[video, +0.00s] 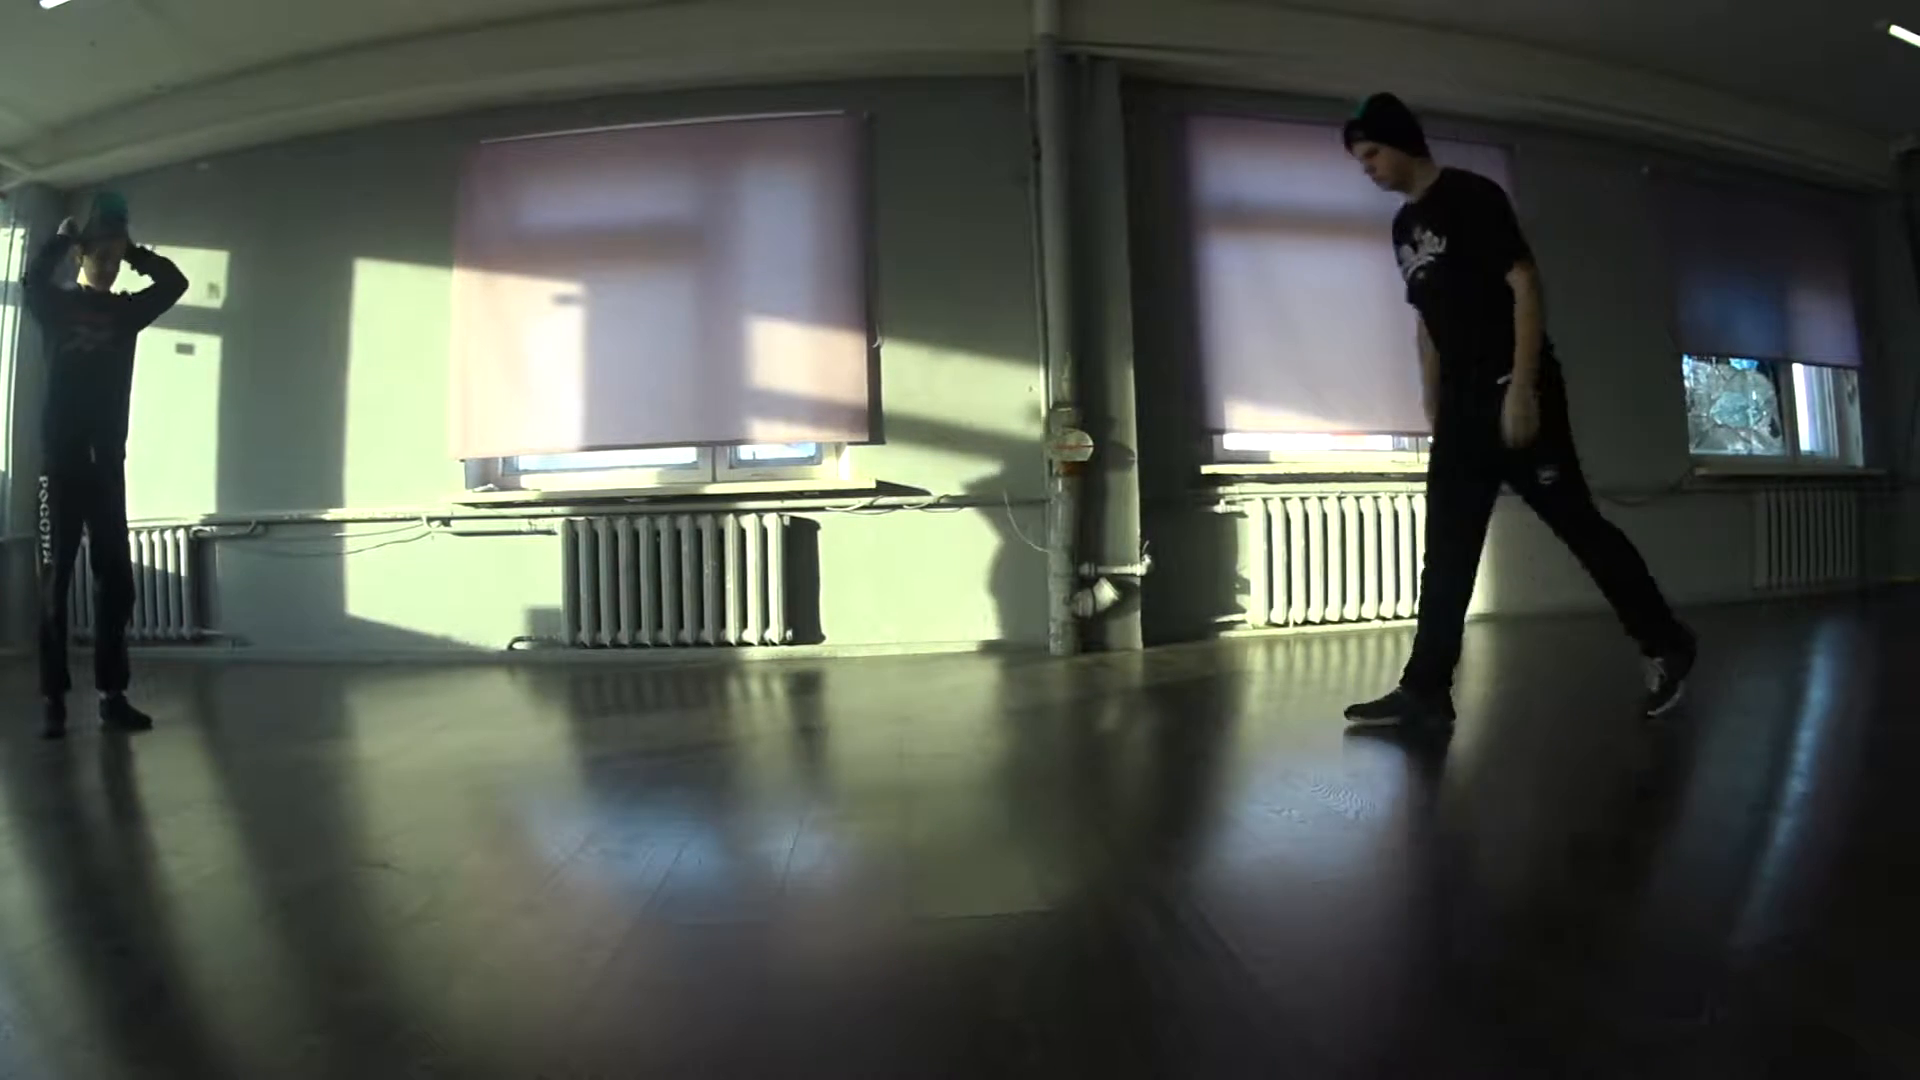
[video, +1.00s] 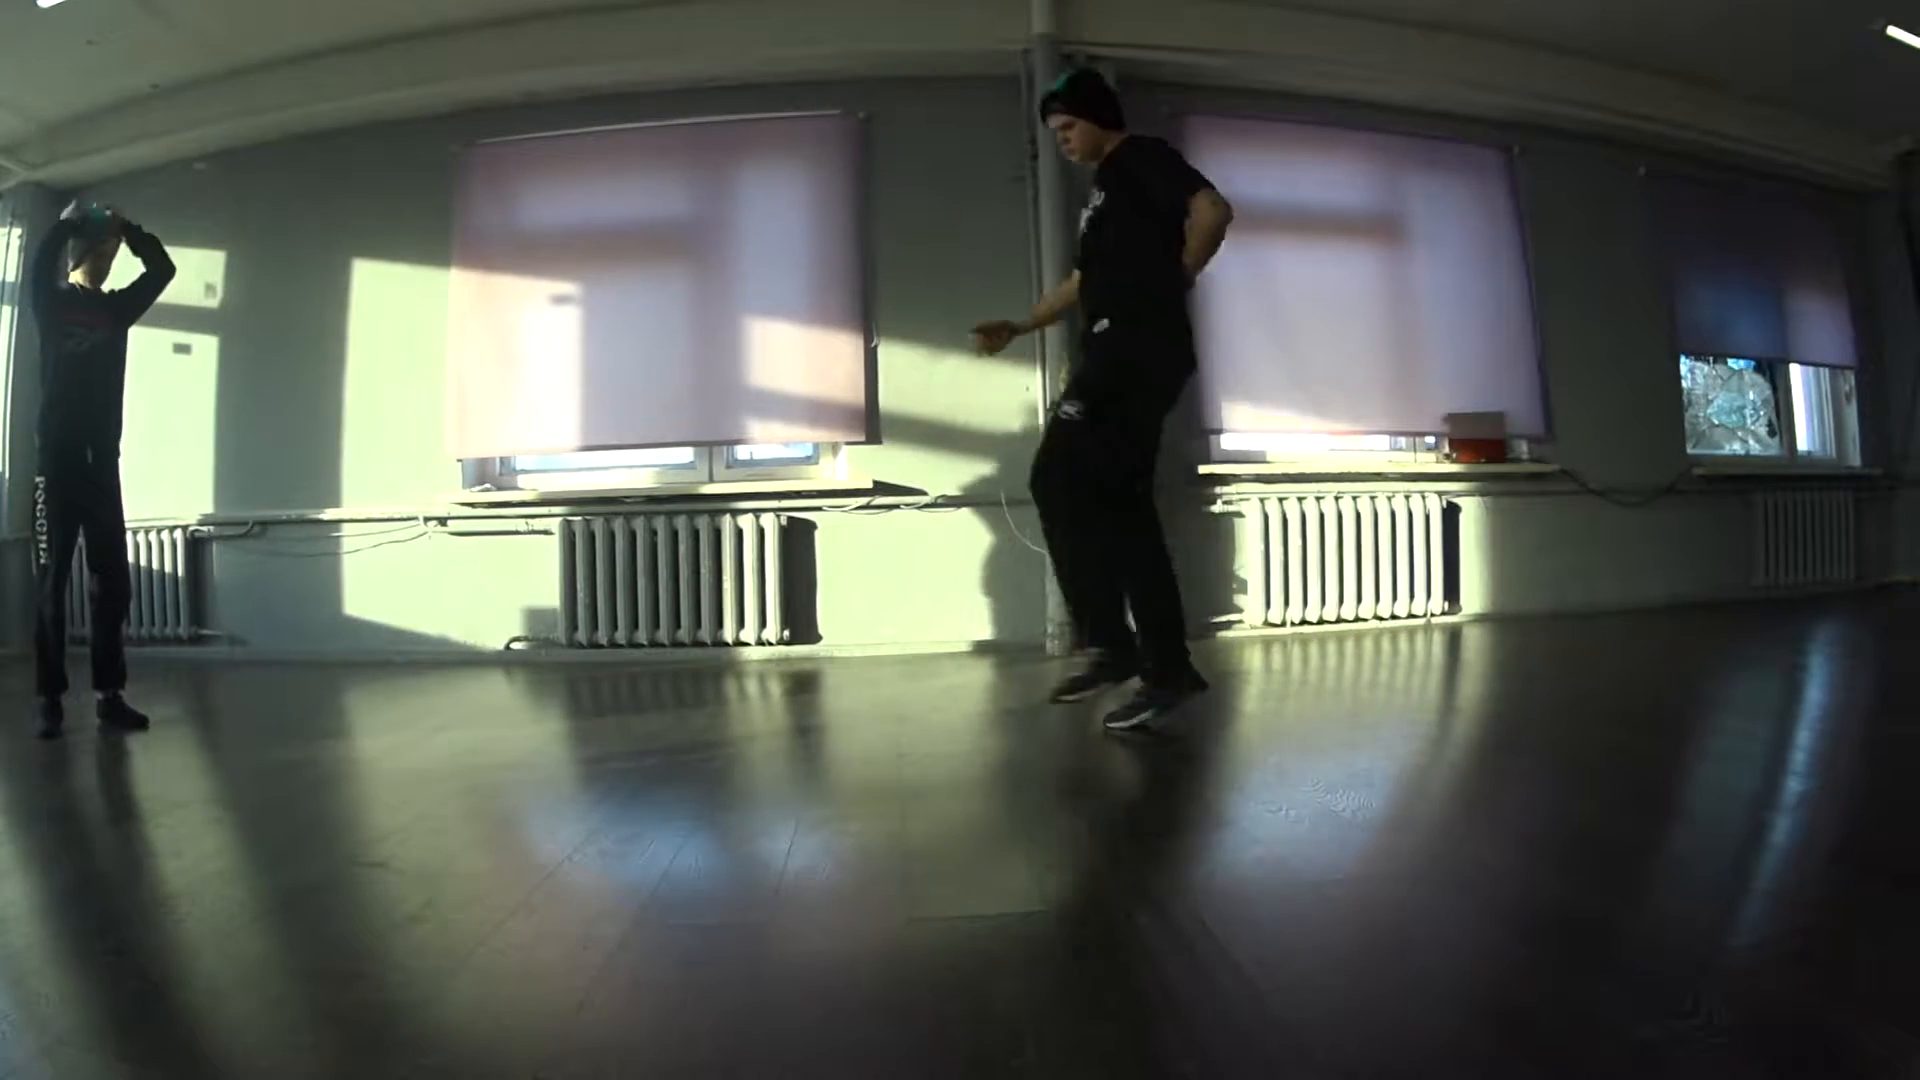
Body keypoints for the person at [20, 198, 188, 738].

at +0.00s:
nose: (107, 261)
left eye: (115, 252)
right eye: (99, 251)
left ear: (122, 257)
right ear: (81, 254)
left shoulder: (128, 311)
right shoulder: (56, 304)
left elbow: (174, 281)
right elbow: (33, 280)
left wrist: (135, 250)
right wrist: (62, 239)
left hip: (108, 456)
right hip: (61, 454)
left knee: (117, 579)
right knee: (57, 576)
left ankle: (114, 697)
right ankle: (54, 701)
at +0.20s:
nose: (114, 262)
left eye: (118, 254)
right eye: (107, 253)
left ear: (118, 256)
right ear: (86, 255)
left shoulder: (127, 314)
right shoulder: (53, 306)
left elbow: (175, 301)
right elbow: (24, 291)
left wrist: (135, 268)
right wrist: (58, 254)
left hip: (106, 458)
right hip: (60, 457)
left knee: (117, 579)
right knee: (55, 578)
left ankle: (113, 697)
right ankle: (53, 701)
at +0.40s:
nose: (112, 264)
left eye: (116, 255)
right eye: (105, 254)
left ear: (118, 256)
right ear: (83, 254)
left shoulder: (123, 318)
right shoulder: (53, 306)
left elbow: (171, 321)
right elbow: (23, 305)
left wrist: (135, 281)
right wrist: (50, 262)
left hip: (104, 456)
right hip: (58, 454)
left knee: (114, 576)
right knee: (54, 574)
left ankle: (112, 696)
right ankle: (51, 699)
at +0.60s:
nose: (109, 266)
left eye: (114, 257)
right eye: (104, 256)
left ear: (113, 257)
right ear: (84, 254)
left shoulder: (122, 316)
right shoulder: (49, 307)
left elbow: (170, 305)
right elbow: (24, 301)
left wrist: (129, 276)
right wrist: (56, 261)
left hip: (103, 456)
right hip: (57, 455)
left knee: (114, 577)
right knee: (53, 575)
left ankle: (111, 696)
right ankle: (51, 700)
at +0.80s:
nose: (113, 262)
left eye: (115, 254)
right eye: (108, 252)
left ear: (111, 257)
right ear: (87, 254)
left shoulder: (121, 313)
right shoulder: (49, 305)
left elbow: (169, 293)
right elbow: (27, 292)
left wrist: (132, 259)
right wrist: (57, 251)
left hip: (103, 455)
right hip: (58, 453)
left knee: (114, 578)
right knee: (54, 575)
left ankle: (111, 697)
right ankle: (51, 701)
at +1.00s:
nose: (108, 261)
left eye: (112, 253)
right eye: (101, 251)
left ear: (111, 256)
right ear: (78, 252)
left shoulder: (117, 307)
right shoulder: (50, 301)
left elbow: (162, 271)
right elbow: (40, 264)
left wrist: (129, 229)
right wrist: (67, 223)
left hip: (103, 454)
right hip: (57, 451)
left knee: (113, 579)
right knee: (54, 575)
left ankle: (111, 697)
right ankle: (50, 702)